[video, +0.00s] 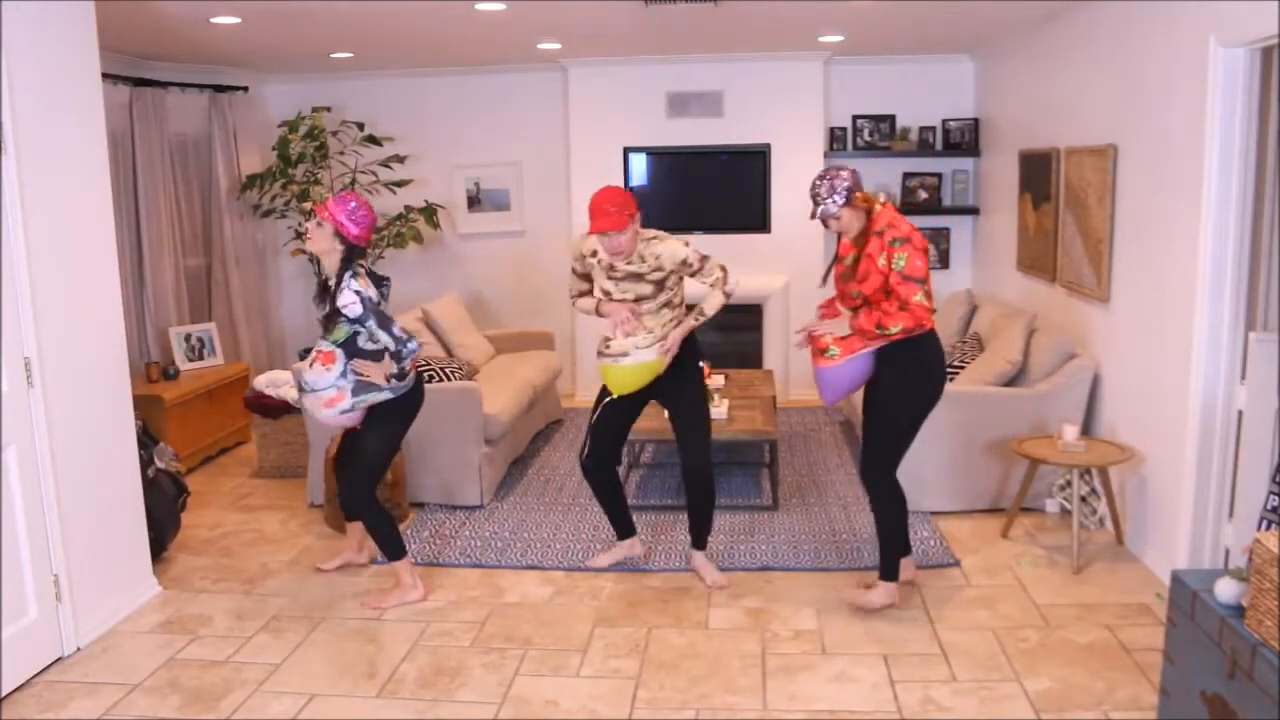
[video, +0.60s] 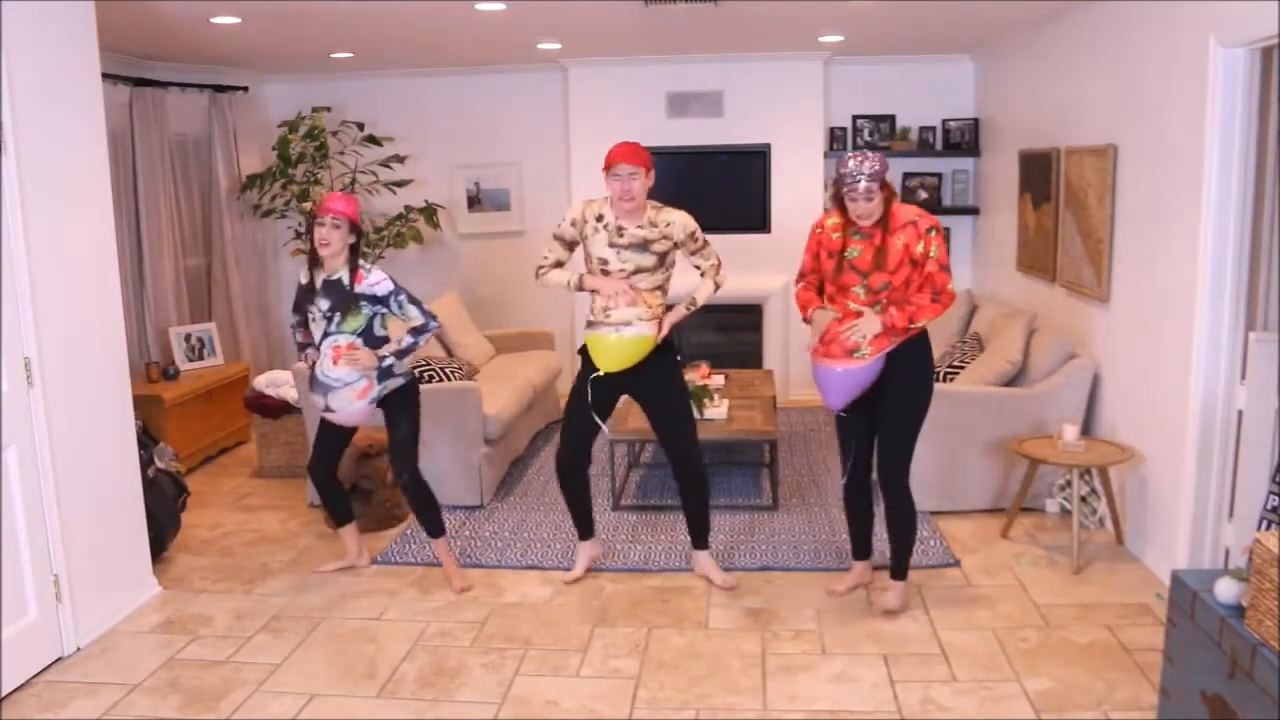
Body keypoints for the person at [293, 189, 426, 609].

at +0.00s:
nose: (307, 227)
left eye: (317, 223)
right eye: (312, 220)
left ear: (338, 237)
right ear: (336, 237)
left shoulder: (352, 286)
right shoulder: (340, 277)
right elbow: (350, 339)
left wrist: (392, 373)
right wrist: (315, 368)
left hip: (400, 393)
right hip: (378, 389)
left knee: (359, 484)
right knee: (344, 463)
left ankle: (410, 582)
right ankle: (358, 545)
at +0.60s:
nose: (323, 233)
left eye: (333, 226)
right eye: (318, 225)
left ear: (352, 236)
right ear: (311, 233)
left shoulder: (370, 279)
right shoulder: (309, 285)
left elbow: (425, 323)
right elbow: (300, 327)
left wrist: (381, 357)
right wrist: (308, 355)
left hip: (394, 385)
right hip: (347, 391)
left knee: (404, 468)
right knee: (320, 468)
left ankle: (447, 559)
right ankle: (355, 552)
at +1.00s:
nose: (374, 214)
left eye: (382, 206)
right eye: (367, 207)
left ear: (398, 214)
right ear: (357, 216)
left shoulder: (423, 265)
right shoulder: (344, 269)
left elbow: (459, 325)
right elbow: (314, 313)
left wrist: (417, 355)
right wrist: (336, 344)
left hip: (419, 376)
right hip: (365, 381)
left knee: (443, 461)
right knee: (331, 464)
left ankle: (455, 557)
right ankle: (350, 545)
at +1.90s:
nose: (356, 272)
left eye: (365, 264)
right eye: (349, 265)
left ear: (382, 271)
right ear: (341, 272)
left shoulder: (412, 318)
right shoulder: (332, 325)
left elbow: (461, 363)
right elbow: (312, 366)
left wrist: (422, 404)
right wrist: (347, 406)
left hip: (421, 401)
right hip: (365, 407)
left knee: (462, 476)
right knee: (314, 474)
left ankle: (457, 560)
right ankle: (333, 555)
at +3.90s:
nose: (362, 219)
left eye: (372, 215)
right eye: (356, 215)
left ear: (388, 232)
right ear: (347, 230)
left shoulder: (413, 277)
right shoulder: (332, 280)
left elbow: (458, 333)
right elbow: (302, 329)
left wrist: (416, 367)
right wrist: (332, 367)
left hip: (411, 384)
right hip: (356, 388)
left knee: (446, 468)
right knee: (321, 474)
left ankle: (456, 561)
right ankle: (333, 555)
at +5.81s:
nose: (374, 275)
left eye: (381, 266)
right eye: (367, 268)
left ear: (396, 257)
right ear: (356, 265)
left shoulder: (421, 288)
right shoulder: (344, 298)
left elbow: (452, 337)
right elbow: (303, 346)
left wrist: (415, 375)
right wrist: (325, 376)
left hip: (400, 398)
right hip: (350, 400)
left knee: (436, 495)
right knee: (311, 497)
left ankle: (454, 564)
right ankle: (333, 556)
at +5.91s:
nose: (375, 278)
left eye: (382, 269)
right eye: (367, 272)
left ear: (396, 260)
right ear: (356, 269)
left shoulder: (420, 291)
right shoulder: (344, 301)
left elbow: (452, 334)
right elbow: (301, 347)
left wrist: (417, 379)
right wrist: (322, 381)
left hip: (401, 401)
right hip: (350, 402)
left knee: (437, 499)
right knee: (312, 499)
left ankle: (454, 564)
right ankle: (333, 557)